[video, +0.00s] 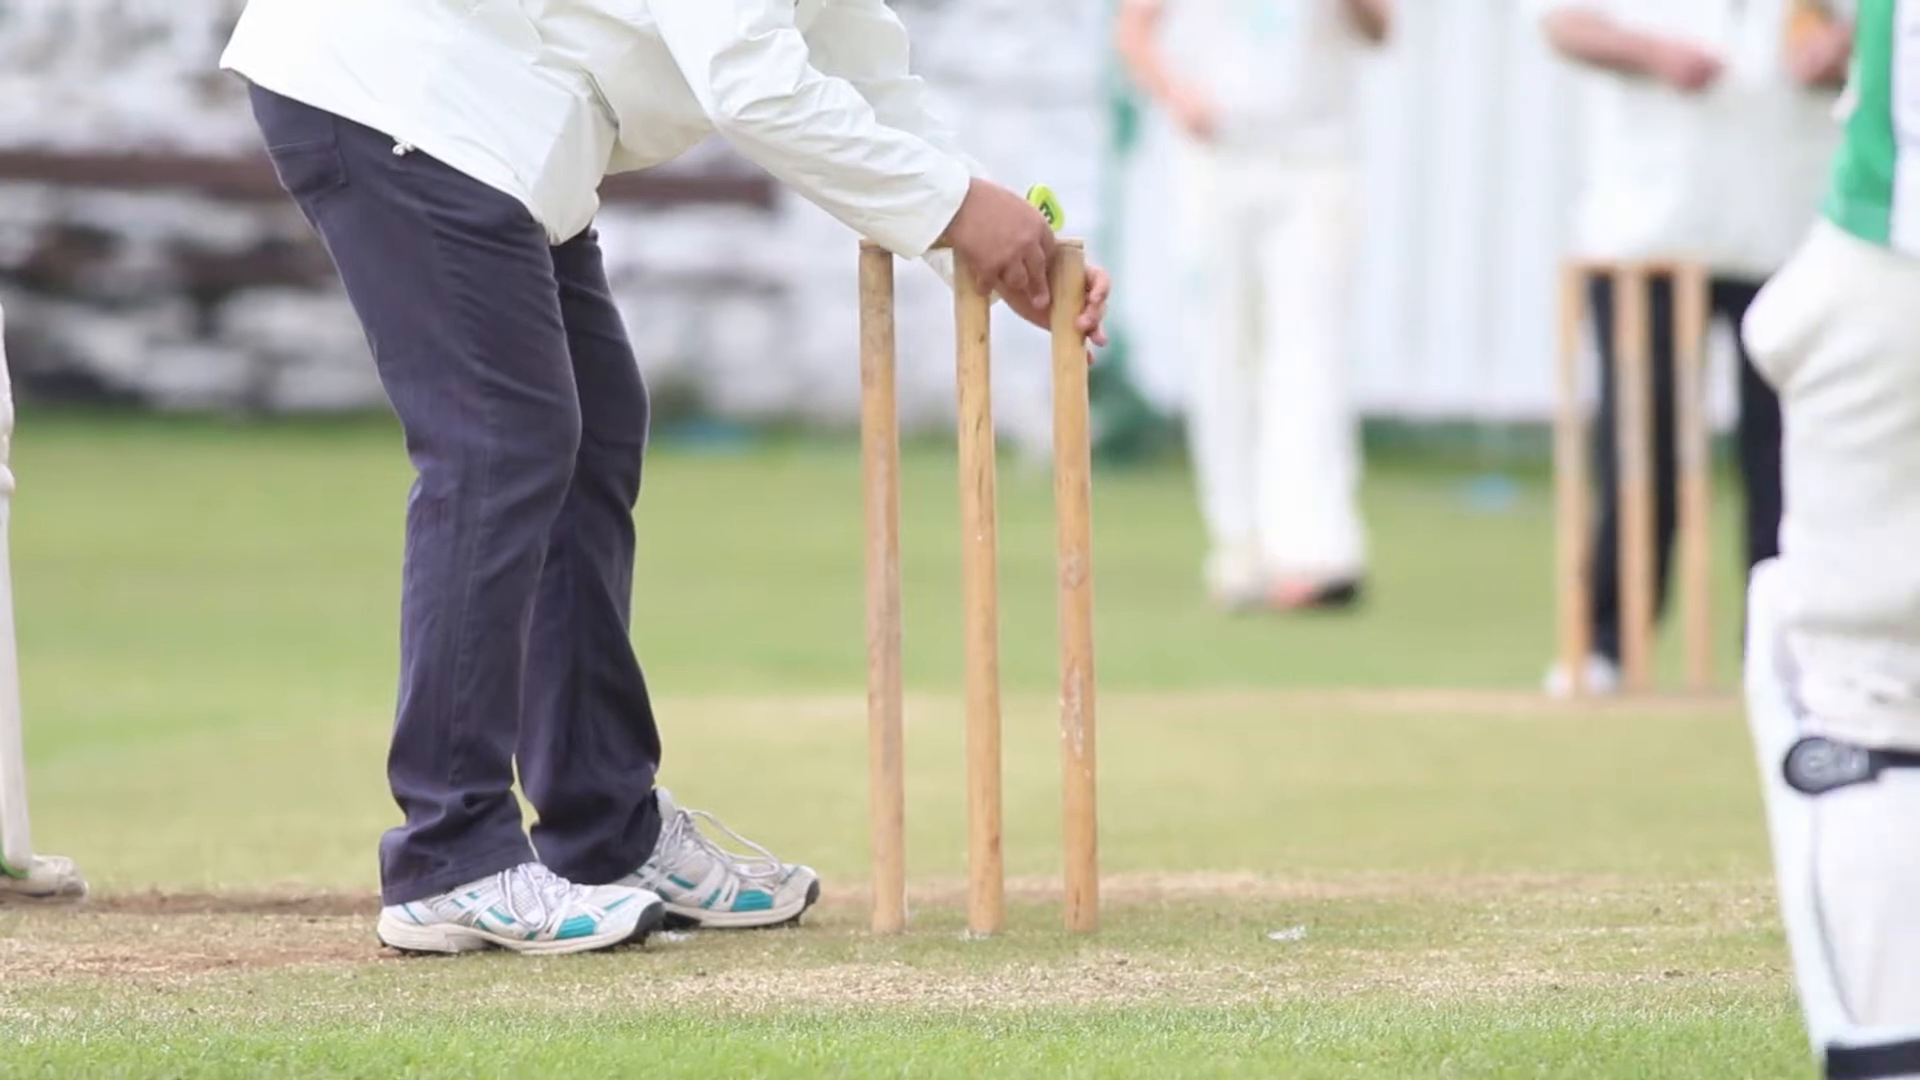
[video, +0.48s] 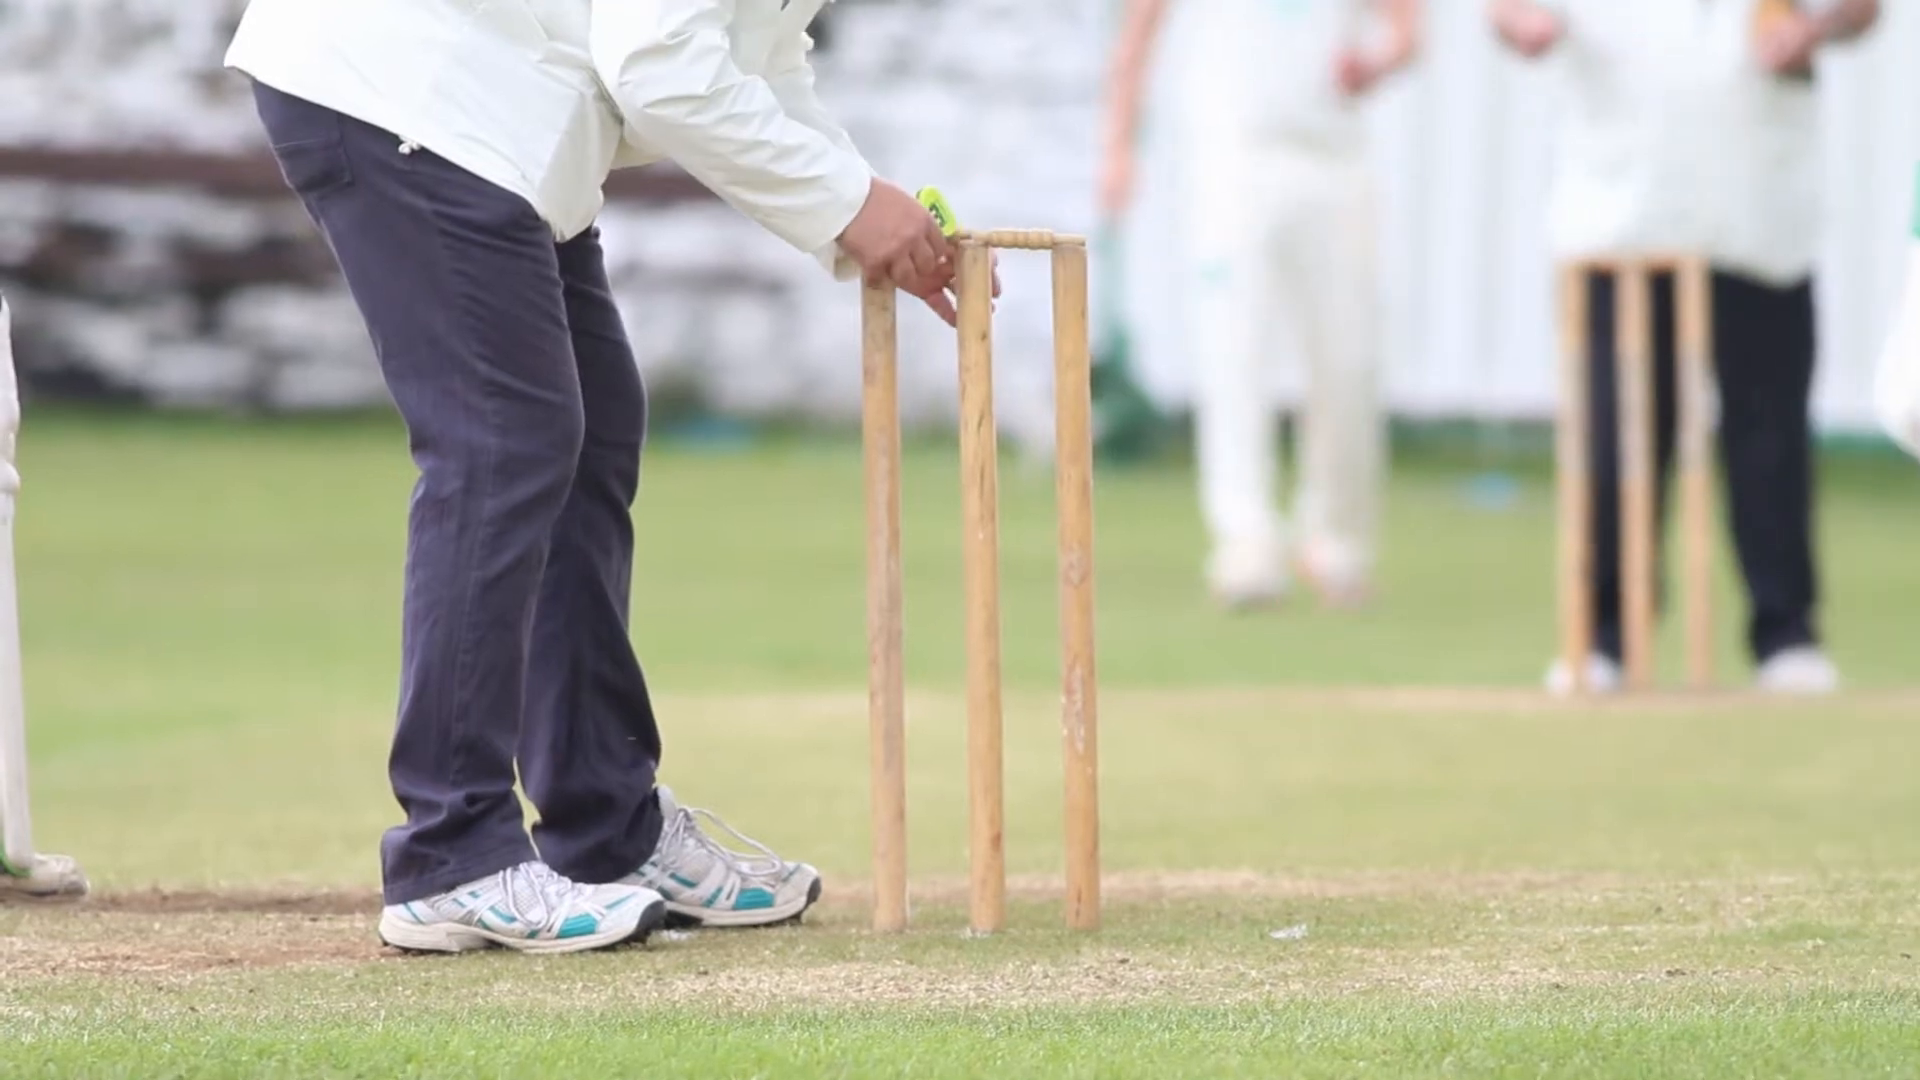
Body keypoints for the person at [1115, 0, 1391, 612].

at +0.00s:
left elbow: (1379, 27)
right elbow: (1132, 30)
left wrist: (1351, 1)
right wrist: (1179, 94)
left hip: (1315, 151)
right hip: (1214, 153)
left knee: (1310, 352)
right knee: (1223, 352)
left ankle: (1313, 549)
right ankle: (1238, 548)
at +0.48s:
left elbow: (1404, 29)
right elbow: (1135, 36)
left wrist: (1372, 62)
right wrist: (1118, 147)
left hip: (1332, 157)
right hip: (1226, 158)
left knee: (1345, 363)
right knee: (1232, 359)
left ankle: (1335, 542)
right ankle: (1245, 550)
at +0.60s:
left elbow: (1412, 27)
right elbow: (1151, 25)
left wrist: (1387, 144)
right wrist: (1130, 149)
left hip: (1335, 165)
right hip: (1234, 165)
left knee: (1333, 366)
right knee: (1236, 362)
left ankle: (1332, 547)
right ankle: (1245, 547)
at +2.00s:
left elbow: (1415, 6)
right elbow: (1054, 6)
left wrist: (1381, 91)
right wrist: (1089, 80)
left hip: (1307, 132)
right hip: (1181, 132)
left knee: (1314, 349)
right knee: (1188, 351)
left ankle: (1329, 548)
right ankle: (1208, 543)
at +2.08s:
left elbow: (1417, 5)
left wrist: (1379, 66)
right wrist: (1080, 67)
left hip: (1304, 128)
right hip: (1182, 127)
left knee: (1313, 348)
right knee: (1187, 348)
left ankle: (1329, 547)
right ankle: (1209, 543)